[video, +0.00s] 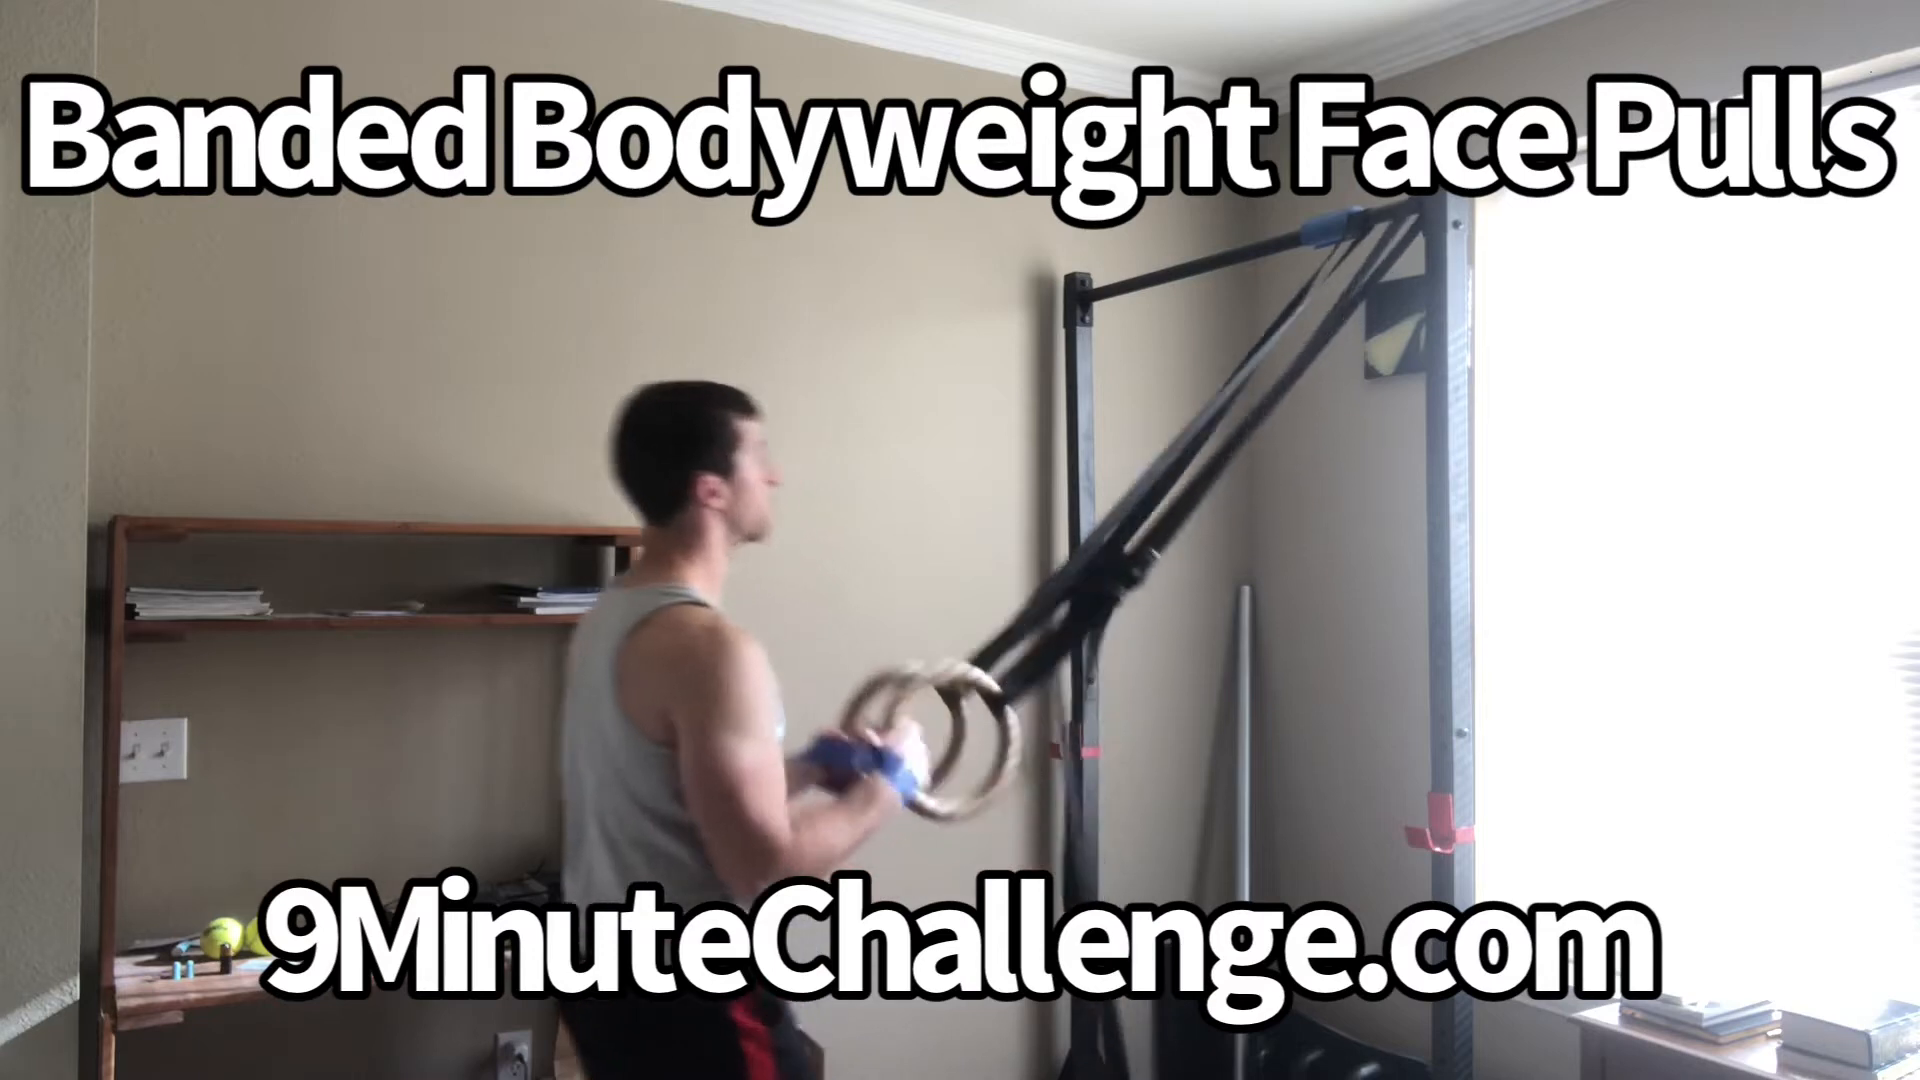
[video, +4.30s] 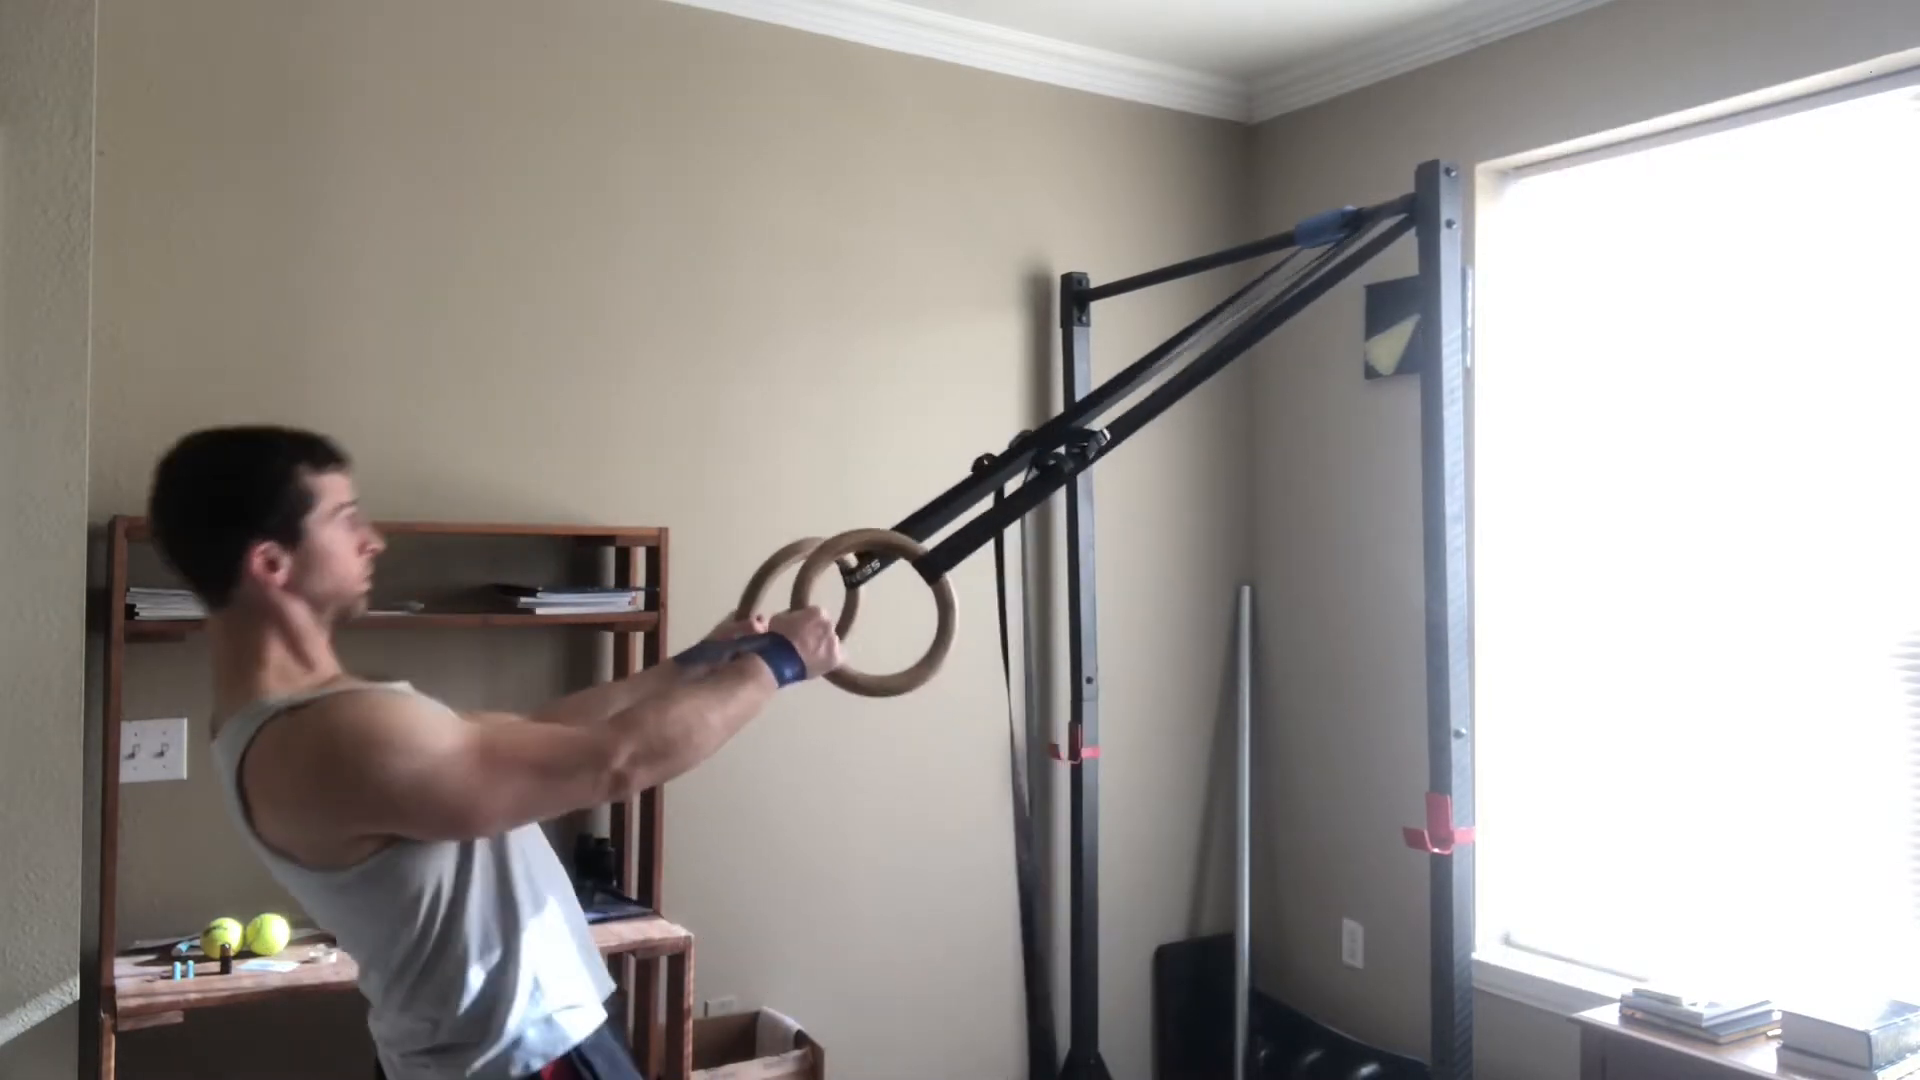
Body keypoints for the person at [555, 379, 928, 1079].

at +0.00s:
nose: (775, 477)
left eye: (764, 453)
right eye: (757, 456)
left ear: (699, 489)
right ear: (711, 490)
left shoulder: (610, 616)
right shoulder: (712, 651)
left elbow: (659, 791)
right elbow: (760, 863)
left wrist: (802, 770)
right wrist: (881, 793)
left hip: (604, 976)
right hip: (694, 992)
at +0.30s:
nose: (678, 459)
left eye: (666, 436)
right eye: (658, 440)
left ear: (602, 485)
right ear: (609, 482)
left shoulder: (520, 629)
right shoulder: (651, 650)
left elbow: (647, 799)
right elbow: (752, 846)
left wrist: (762, 695)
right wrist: (843, 714)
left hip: (536, 1002)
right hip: (625, 1021)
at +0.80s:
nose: (600, 472)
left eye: (592, 448)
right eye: (584, 450)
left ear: (513, 475)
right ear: (517, 473)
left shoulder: (445, 625)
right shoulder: (543, 654)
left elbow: (624, 774)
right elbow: (721, 823)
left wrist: (763, 705)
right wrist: (831, 711)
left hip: (474, 1028)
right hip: (553, 1045)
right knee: (788, 1053)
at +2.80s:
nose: (616, 488)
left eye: (613, 466)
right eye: (601, 465)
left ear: (530, 478)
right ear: (533, 473)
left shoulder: (467, 615)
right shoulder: (540, 644)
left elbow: (634, 776)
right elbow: (694, 835)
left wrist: (758, 697)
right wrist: (821, 711)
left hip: (492, 1005)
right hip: (559, 1026)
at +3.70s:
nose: (518, 512)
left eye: (518, 486)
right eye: (506, 484)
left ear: (429, 489)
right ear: (432, 487)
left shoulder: (360, 641)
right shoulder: (448, 667)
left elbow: (577, 754)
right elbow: (677, 807)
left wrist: (727, 681)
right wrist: (816, 698)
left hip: (448, 1028)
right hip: (528, 1043)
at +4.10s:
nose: (435, 520)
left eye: (426, 491)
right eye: (415, 493)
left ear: (333, 527)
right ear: (336, 523)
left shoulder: (303, 675)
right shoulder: (367, 700)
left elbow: (536, 740)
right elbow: (627, 776)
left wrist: (704, 681)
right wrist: (788, 686)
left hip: (430, 1043)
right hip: (505, 1051)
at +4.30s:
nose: (374, 539)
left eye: (359, 515)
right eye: (346, 521)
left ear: (270, 565)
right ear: (270, 563)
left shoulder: (289, 718)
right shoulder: (337, 739)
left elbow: (548, 732)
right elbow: (613, 762)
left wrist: (712, 658)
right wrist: (780, 662)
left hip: (462, 1055)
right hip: (525, 1061)